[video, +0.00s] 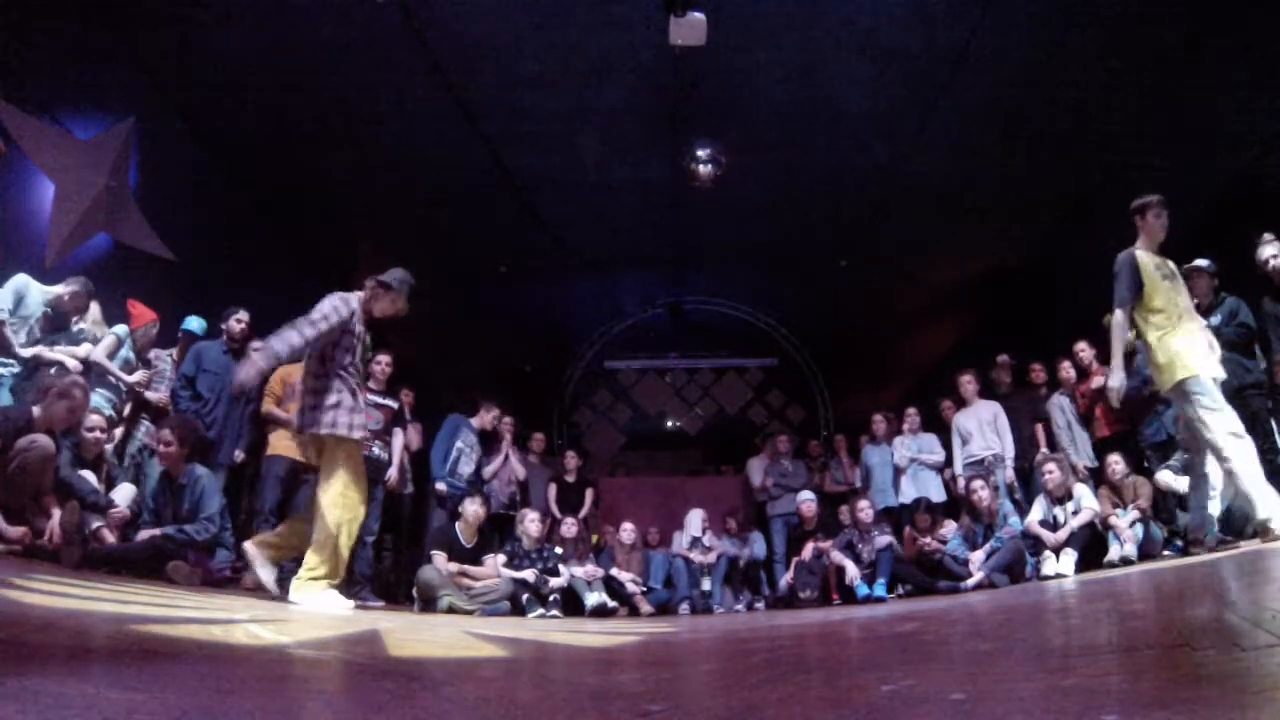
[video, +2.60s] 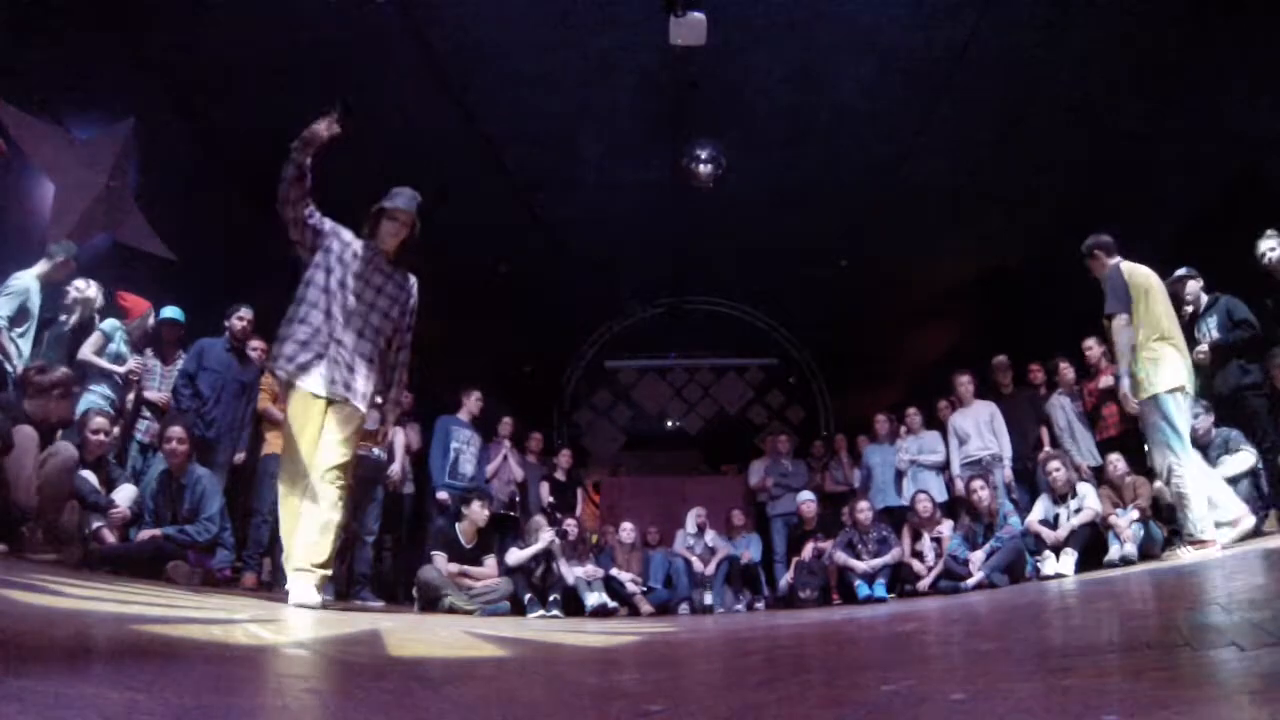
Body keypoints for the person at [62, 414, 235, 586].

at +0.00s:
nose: (160, 450)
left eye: (167, 445)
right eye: (158, 444)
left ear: (185, 449)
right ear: (155, 445)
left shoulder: (204, 479)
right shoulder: (164, 478)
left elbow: (209, 530)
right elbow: (149, 518)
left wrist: (160, 532)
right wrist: (144, 536)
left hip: (209, 552)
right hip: (174, 546)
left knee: (159, 544)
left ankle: (90, 555)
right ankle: (184, 574)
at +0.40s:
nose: (181, 447)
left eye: (187, 442)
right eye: (175, 441)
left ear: (193, 447)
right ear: (163, 448)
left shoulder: (205, 479)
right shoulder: (161, 480)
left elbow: (209, 530)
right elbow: (149, 517)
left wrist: (161, 532)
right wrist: (145, 535)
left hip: (209, 552)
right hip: (171, 545)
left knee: (159, 544)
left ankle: (89, 555)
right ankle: (185, 574)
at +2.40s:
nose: (174, 447)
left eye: (181, 442)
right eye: (169, 441)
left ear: (191, 446)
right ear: (162, 446)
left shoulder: (206, 480)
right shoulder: (160, 480)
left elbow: (207, 531)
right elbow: (148, 523)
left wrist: (162, 533)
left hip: (209, 553)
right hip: (171, 548)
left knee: (156, 545)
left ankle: (97, 555)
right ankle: (181, 575)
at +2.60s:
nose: (173, 448)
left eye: (181, 442)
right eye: (168, 441)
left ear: (190, 447)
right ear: (161, 446)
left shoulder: (205, 480)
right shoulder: (160, 479)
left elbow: (208, 531)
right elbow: (148, 522)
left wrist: (163, 533)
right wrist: (145, 538)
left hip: (207, 552)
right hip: (171, 546)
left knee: (155, 546)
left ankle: (95, 556)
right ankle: (180, 575)